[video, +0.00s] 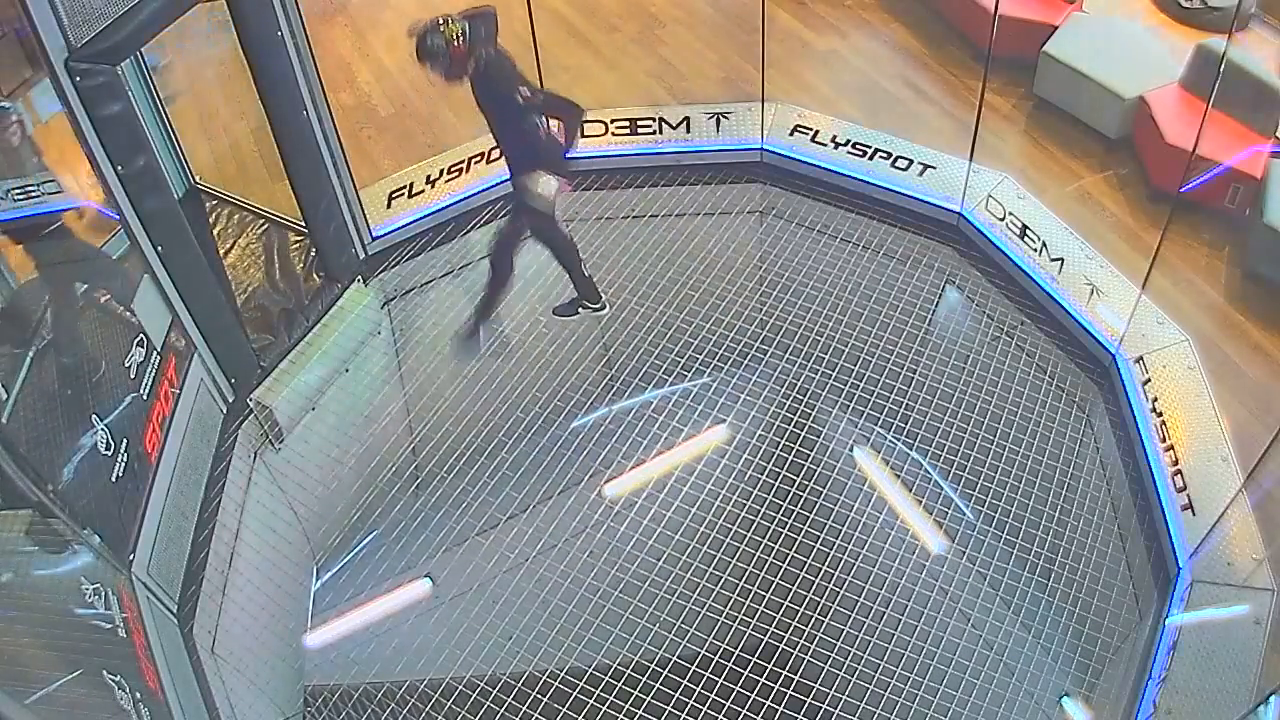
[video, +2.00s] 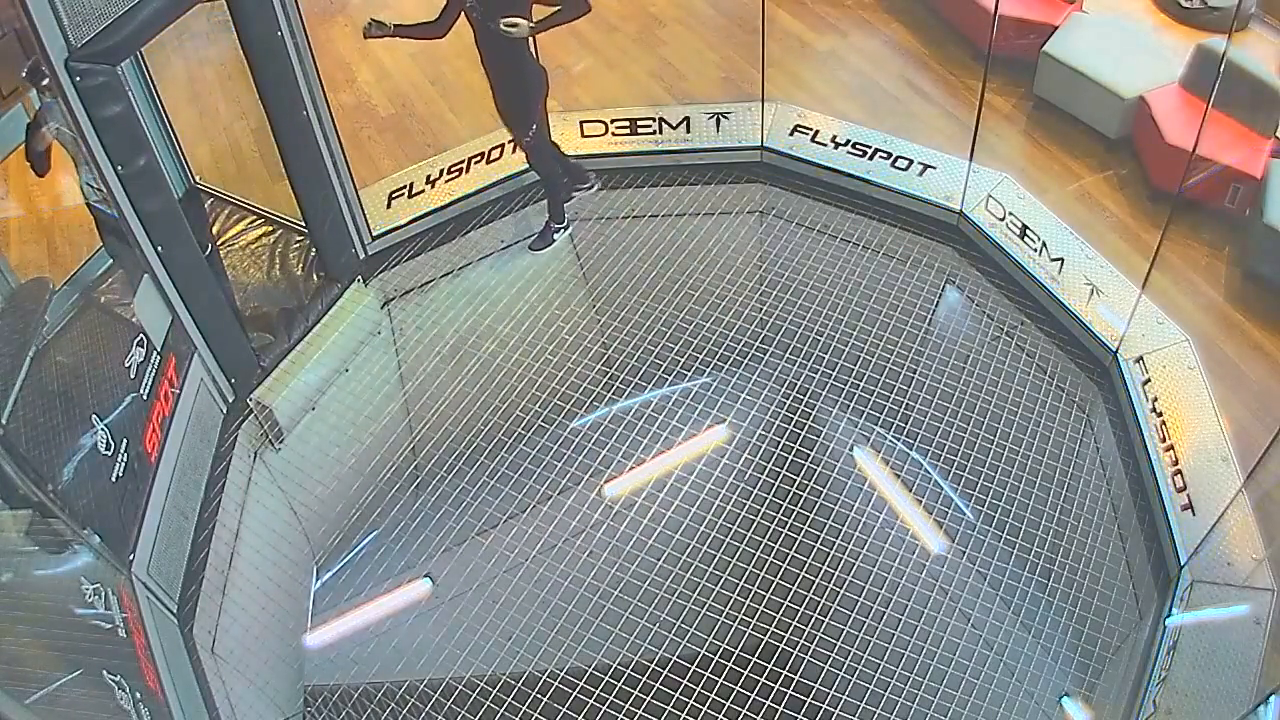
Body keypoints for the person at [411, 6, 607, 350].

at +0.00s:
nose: (442, 73)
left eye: (441, 64)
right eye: (436, 67)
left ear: (457, 49)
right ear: (459, 43)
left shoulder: (496, 74)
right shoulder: (485, 58)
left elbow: (573, 111)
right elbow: (487, 14)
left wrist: (562, 156)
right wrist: (444, 24)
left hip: (537, 169)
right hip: (528, 167)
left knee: (503, 252)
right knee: (546, 230)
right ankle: (589, 294)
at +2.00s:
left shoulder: (522, 3)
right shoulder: (464, 3)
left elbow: (581, 6)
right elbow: (439, 28)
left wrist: (534, 28)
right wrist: (390, 30)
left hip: (527, 75)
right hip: (498, 81)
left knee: (536, 147)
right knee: (530, 141)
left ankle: (558, 221)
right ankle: (580, 176)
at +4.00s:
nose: (414, 3)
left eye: (417, 1)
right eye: (409, 4)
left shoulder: (466, 7)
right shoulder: (397, 9)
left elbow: (532, 25)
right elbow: (362, 38)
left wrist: (488, 50)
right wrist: (378, 62)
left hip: (471, 98)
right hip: (432, 105)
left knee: (486, 162)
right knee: (449, 173)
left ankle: (503, 224)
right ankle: (466, 232)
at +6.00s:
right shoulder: (437, 1)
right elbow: (384, 18)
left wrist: (521, 4)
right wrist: (431, 25)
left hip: (502, 76)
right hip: (463, 81)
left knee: (503, 153)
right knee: (475, 158)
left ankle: (504, 224)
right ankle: (485, 229)